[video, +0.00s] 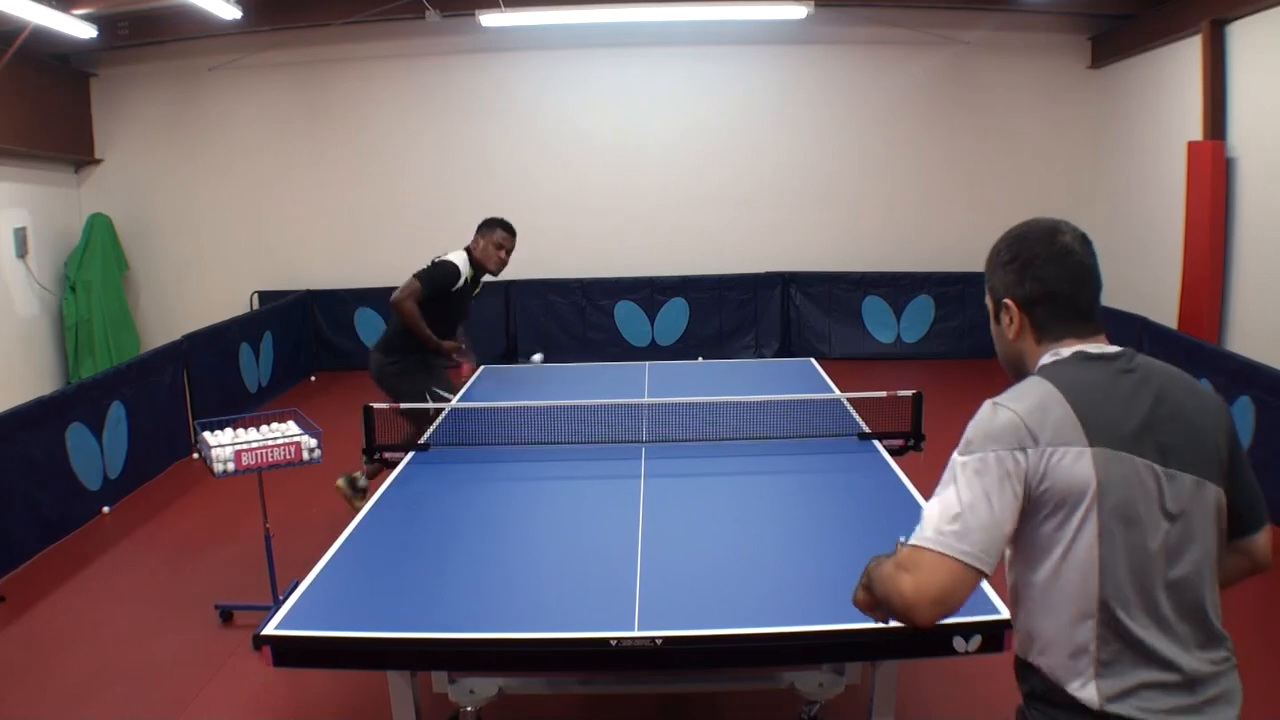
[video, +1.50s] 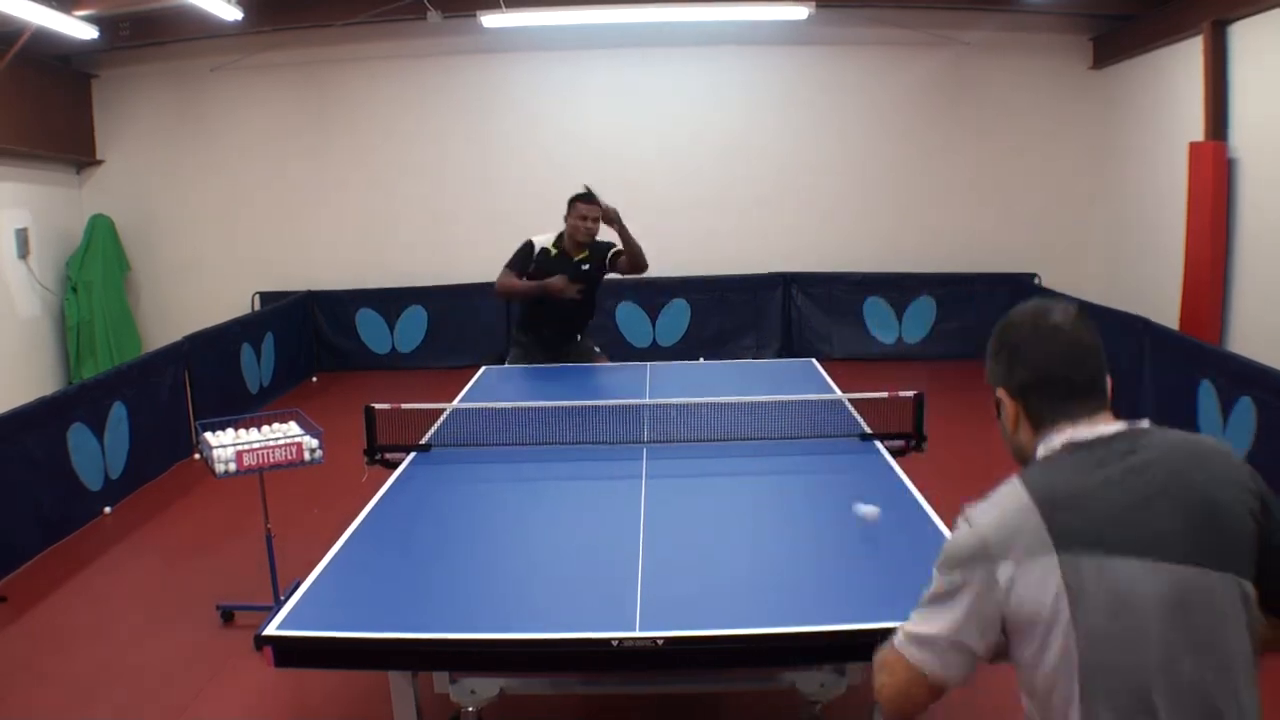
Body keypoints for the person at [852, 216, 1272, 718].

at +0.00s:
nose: (992, 332)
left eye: (991, 316)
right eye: (990, 315)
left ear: (1012, 317)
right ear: (1091, 301)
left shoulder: (1019, 418)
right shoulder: (1199, 401)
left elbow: (922, 598)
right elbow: (1254, 549)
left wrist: (880, 571)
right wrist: (1160, 586)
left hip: (1084, 703)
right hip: (1212, 700)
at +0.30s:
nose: (940, 338)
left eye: (940, 322)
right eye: (940, 323)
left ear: (957, 324)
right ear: (1030, 309)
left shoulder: (958, 404)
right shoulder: (1124, 387)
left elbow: (815, 523)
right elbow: (1185, 504)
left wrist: (861, 531)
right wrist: (1094, 533)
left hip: (1021, 688)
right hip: (1143, 687)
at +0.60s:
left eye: (822, 387)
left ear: (827, 395)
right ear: (910, 383)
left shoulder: (789, 455)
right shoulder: (958, 431)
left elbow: (716, 488)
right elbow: (1062, 519)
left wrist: (783, 467)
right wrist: (1147, 603)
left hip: (851, 698)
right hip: (979, 693)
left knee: (798, 686)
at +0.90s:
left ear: (835, 370)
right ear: (920, 363)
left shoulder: (798, 435)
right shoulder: (962, 410)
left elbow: (763, 491)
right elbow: (1041, 512)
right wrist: (1132, 628)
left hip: (841, 692)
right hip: (976, 691)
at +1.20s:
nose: (945, 333)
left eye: (944, 323)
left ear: (954, 329)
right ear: (1047, 324)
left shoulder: (926, 415)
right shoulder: (1132, 409)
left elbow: (815, 553)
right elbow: (1212, 530)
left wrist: (872, 535)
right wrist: (1156, 558)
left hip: (978, 695)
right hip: (1115, 696)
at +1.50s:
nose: (1000, 423)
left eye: (997, 409)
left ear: (1010, 410)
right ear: (1108, 387)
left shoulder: (1002, 526)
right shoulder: (1227, 471)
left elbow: (898, 693)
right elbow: (1269, 623)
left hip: (1079, 708)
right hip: (1226, 708)